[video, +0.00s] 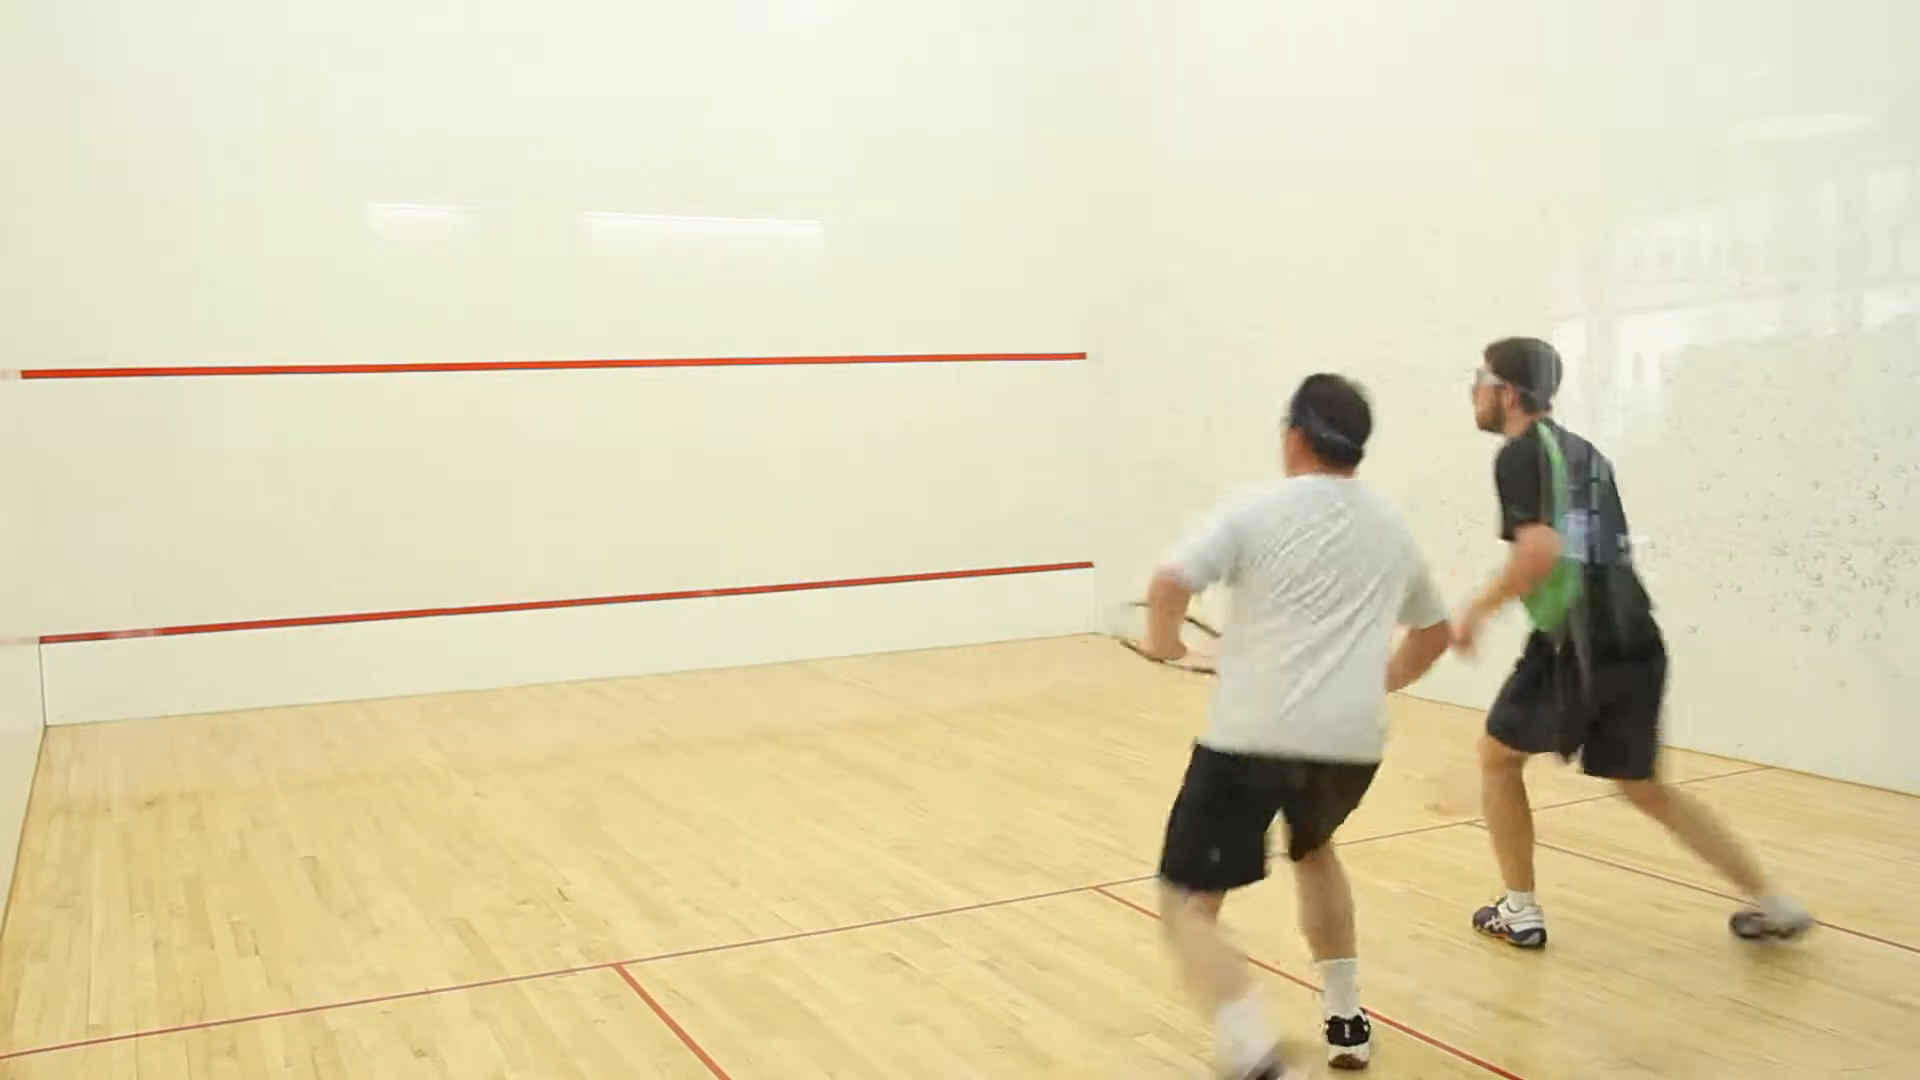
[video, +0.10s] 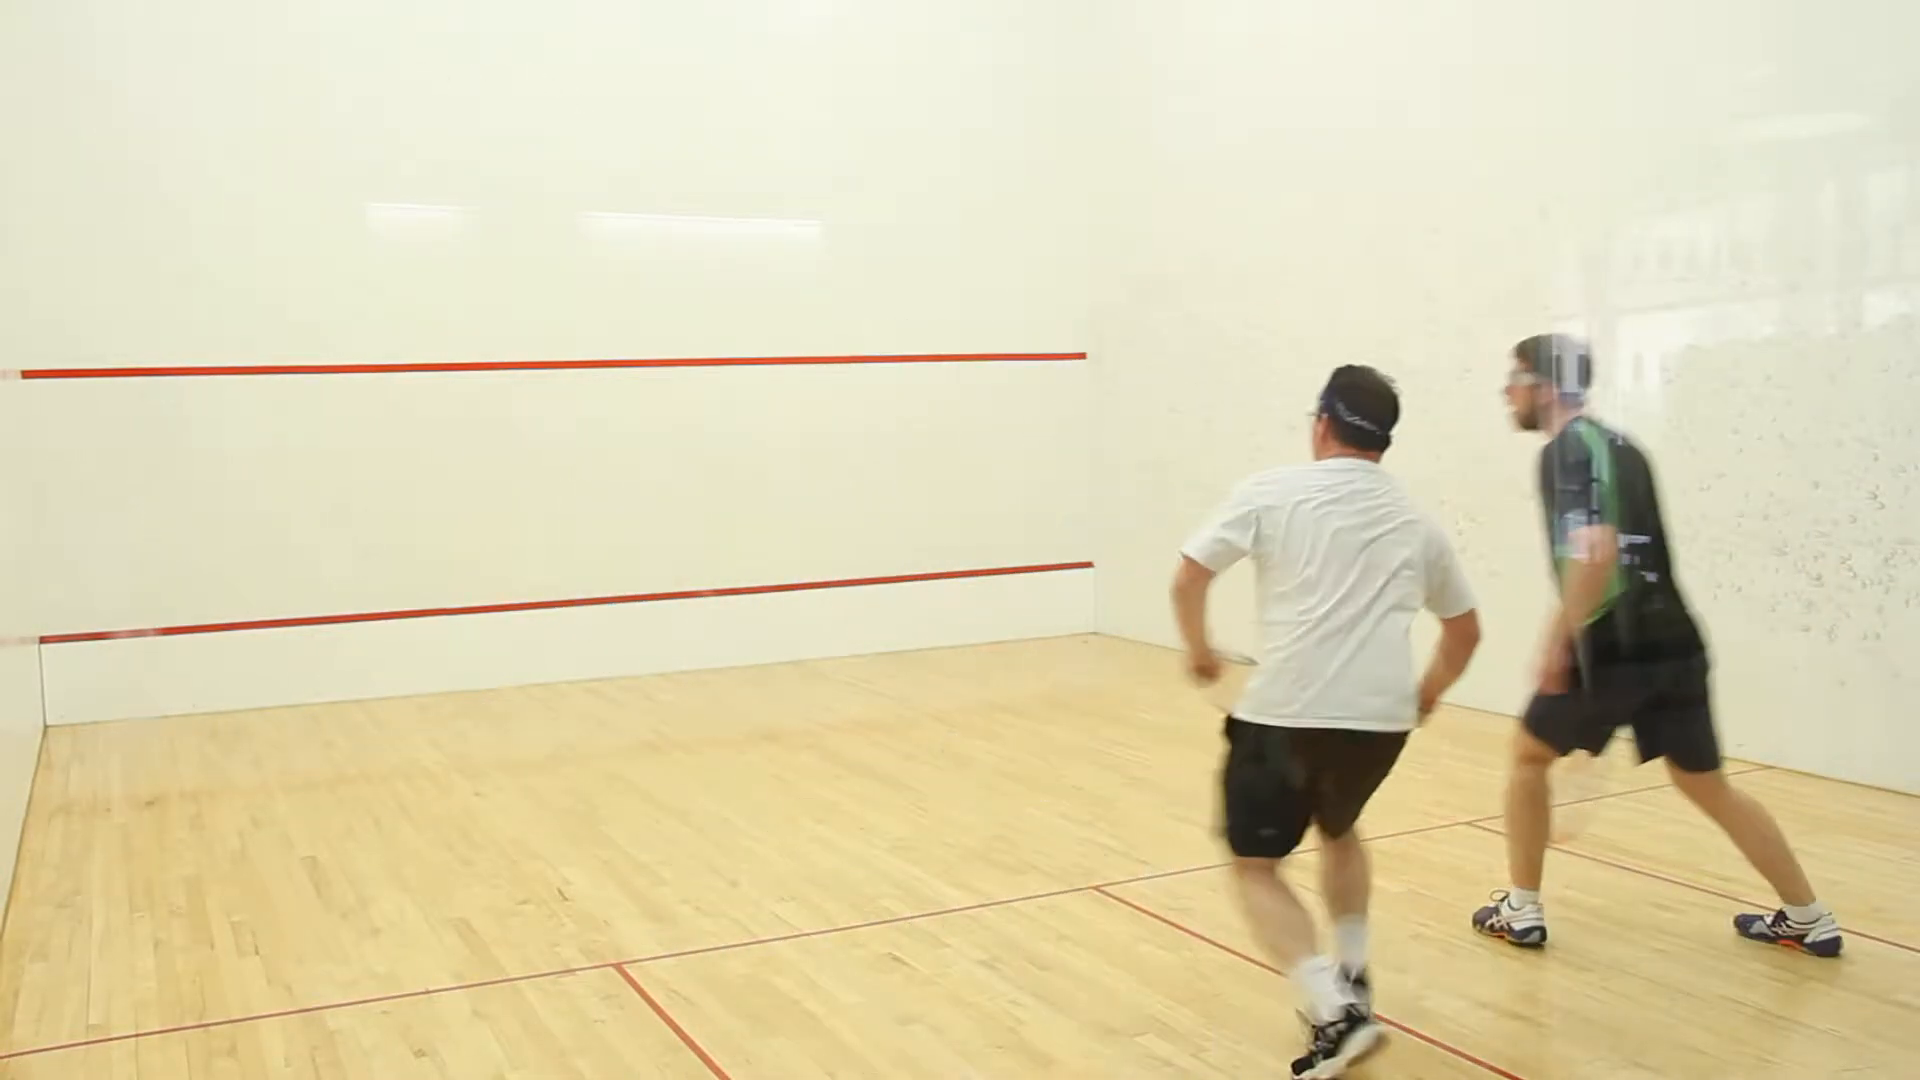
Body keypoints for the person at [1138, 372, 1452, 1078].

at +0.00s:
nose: (1283, 439)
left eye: (1286, 428)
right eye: (1288, 428)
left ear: (1297, 437)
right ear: (1359, 447)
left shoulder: (1259, 508)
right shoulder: (1388, 527)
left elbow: (1170, 581)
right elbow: (1434, 632)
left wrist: (1163, 642)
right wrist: (1380, 680)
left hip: (1250, 741)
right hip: (1349, 744)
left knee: (1188, 904)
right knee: (1313, 847)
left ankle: (1252, 1048)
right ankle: (1346, 1016)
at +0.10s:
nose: (1312, 429)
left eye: (1315, 419)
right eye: (1320, 420)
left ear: (1324, 426)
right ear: (1386, 438)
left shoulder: (1274, 493)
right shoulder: (1413, 519)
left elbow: (1189, 578)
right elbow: (1463, 631)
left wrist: (1199, 650)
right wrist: (1427, 693)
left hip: (1282, 717)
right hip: (1379, 722)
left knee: (1258, 866)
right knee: (1340, 829)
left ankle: (1333, 1011)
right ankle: (1353, 976)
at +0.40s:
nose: (1393, 405)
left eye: (1393, 396)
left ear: (1395, 399)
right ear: (1455, 403)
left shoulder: (1363, 457)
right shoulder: (1486, 469)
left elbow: (1281, 511)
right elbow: (1544, 551)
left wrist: (1293, 587)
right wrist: (1555, 626)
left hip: (1360, 647)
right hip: (1443, 654)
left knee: (1355, 773)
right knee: (1422, 806)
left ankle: (1339, 882)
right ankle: (1395, 945)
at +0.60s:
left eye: (1460, 401)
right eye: (1500, 408)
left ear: (1456, 402)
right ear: (1508, 409)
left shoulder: (1414, 448)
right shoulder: (1517, 462)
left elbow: (1334, 495)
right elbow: (1598, 511)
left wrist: (1349, 560)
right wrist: (1656, 505)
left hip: (1402, 623)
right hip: (1480, 630)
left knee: (1402, 741)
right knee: (1464, 717)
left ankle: (1405, 874)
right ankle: (1464, 811)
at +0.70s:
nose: (1528, 431)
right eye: (1537, 424)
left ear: (1494, 414)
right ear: (1542, 426)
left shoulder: (1443, 449)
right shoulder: (1542, 476)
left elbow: (1365, 473)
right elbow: (1612, 531)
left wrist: (1351, 543)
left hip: (1416, 619)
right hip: (1489, 628)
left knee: (1403, 744)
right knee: (1496, 688)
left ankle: (1398, 854)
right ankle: (1495, 781)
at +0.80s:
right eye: (1563, 445)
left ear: (1524, 436)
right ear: (1569, 448)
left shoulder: (1476, 463)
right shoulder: (1571, 505)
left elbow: (1406, 490)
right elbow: (1612, 572)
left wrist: (1373, 549)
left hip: (1440, 625)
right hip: (1508, 638)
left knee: (1413, 742)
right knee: (1518, 705)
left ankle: (1404, 825)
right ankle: (1531, 783)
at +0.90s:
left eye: (1540, 459)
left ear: (1539, 460)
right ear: (1583, 474)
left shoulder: (1499, 492)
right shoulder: (1585, 525)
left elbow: (1432, 535)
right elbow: (1591, 595)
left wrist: (1423, 573)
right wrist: (1597, 639)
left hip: (1466, 638)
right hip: (1532, 648)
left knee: (1419, 734)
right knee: (1535, 688)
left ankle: (1416, 814)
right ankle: (1534, 779)